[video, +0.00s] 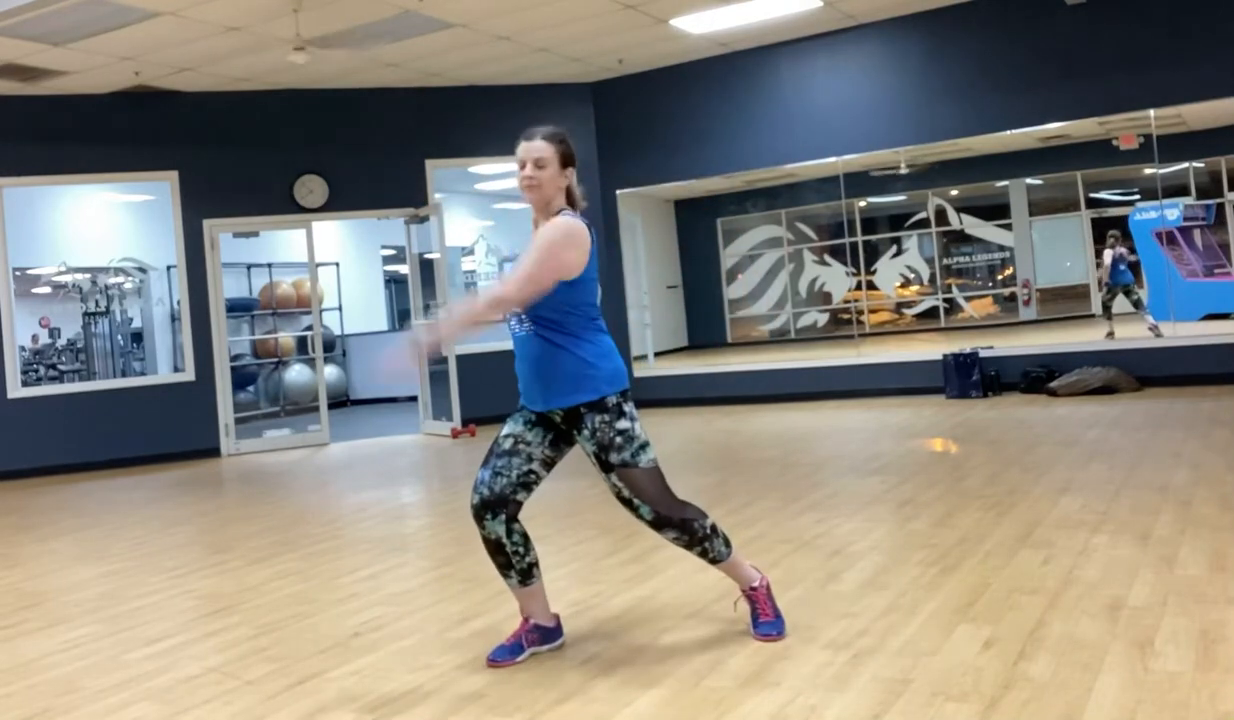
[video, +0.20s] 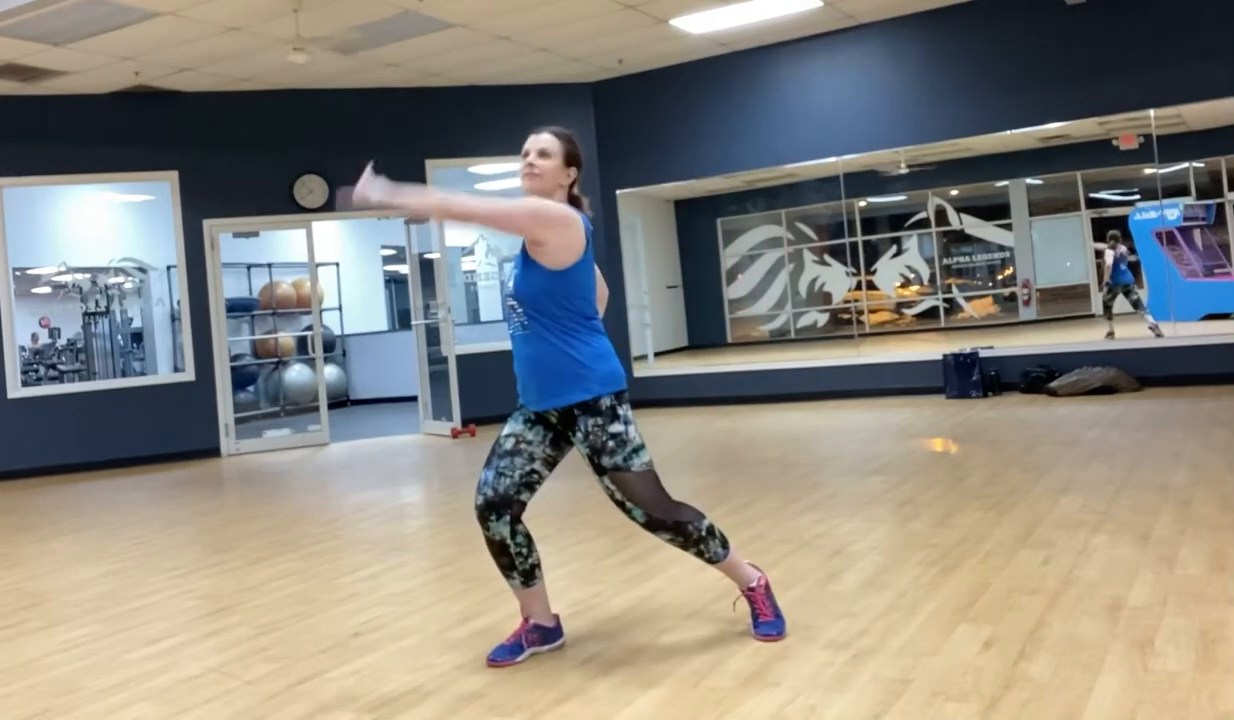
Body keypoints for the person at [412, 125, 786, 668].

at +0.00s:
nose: (526, 174)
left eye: (538, 165)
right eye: (521, 166)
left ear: (566, 174)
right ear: (517, 175)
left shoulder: (567, 231)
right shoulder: (542, 234)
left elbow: (507, 297)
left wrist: (441, 331)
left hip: (597, 398)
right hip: (544, 405)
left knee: (657, 508)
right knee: (491, 502)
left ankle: (753, 581)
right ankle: (540, 620)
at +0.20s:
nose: (528, 163)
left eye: (542, 156)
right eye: (524, 155)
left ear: (570, 174)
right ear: (521, 165)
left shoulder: (557, 220)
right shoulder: (551, 228)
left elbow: (459, 207)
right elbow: (599, 293)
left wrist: (385, 195)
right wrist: (570, 342)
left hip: (593, 396)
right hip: (542, 402)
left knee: (654, 511)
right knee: (495, 502)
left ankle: (750, 580)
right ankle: (538, 622)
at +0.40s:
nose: (528, 155)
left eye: (542, 150)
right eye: (527, 149)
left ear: (569, 172)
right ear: (535, 171)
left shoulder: (564, 213)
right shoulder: (551, 226)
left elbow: (491, 143)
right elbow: (595, 291)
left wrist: (444, 83)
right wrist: (571, 340)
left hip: (594, 398)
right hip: (542, 404)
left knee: (653, 506)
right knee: (495, 505)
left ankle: (751, 581)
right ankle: (540, 621)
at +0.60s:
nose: (531, 153)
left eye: (541, 144)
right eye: (528, 145)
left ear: (565, 161)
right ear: (528, 167)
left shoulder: (573, 212)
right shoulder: (537, 226)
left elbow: (540, 121)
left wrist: (509, 44)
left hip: (595, 398)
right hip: (538, 405)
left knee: (658, 507)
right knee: (496, 506)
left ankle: (752, 581)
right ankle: (539, 620)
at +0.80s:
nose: (540, 152)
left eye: (552, 146)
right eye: (531, 149)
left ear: (574, 164)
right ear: (524, 172)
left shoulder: (583, 216)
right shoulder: (531, 239)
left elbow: (577, 118)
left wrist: (571, 33)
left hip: (601, 398)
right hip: (539, 405)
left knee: (662, 503)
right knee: (498, 507)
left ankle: (753, 583)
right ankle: (540, 621)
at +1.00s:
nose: (543, 151)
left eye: (553, 146)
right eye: (533, 149)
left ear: (574, 163)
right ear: (525, 173)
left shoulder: (589, 214)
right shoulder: (528, 241)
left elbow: (602, 117)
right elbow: (538, 319)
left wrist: (614, 38)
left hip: (604, 396)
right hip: (540, 404)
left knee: (669, 502)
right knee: (498, 506)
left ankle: (755, 585)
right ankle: (540, 621)